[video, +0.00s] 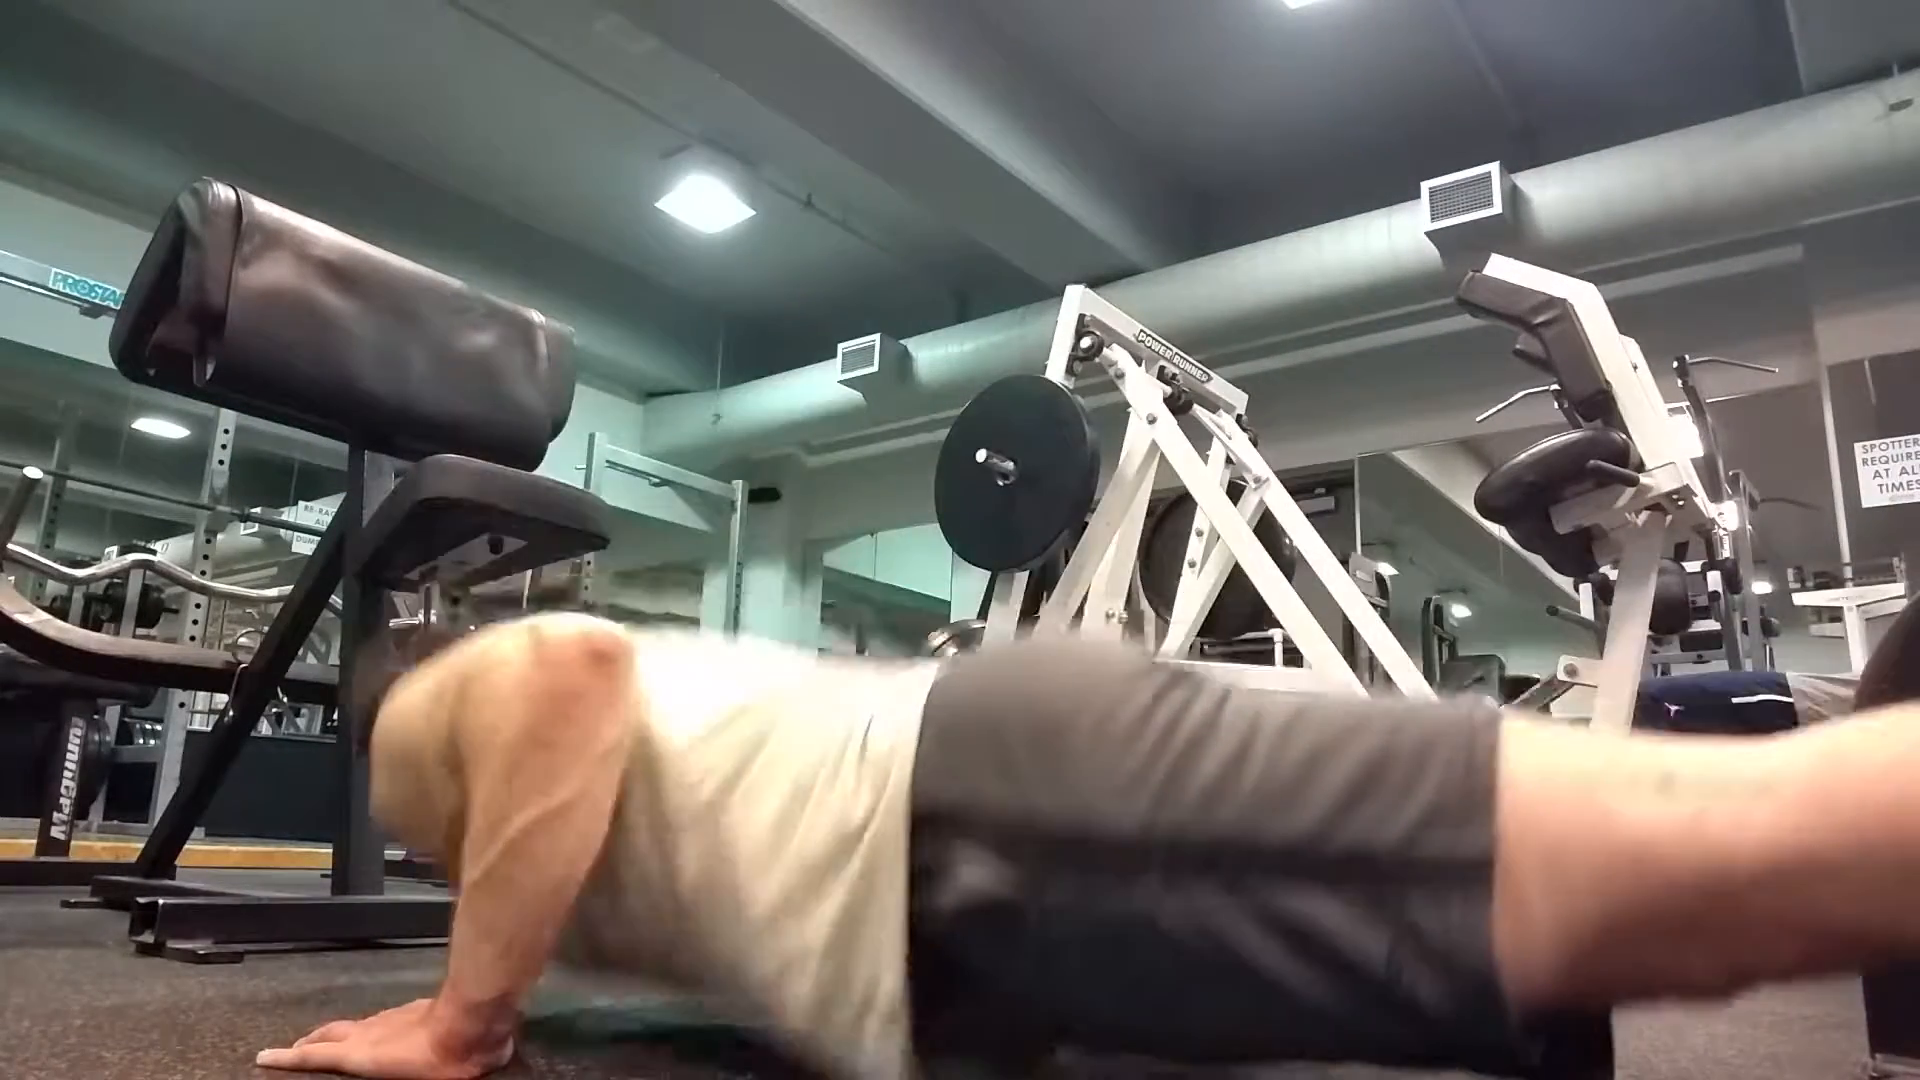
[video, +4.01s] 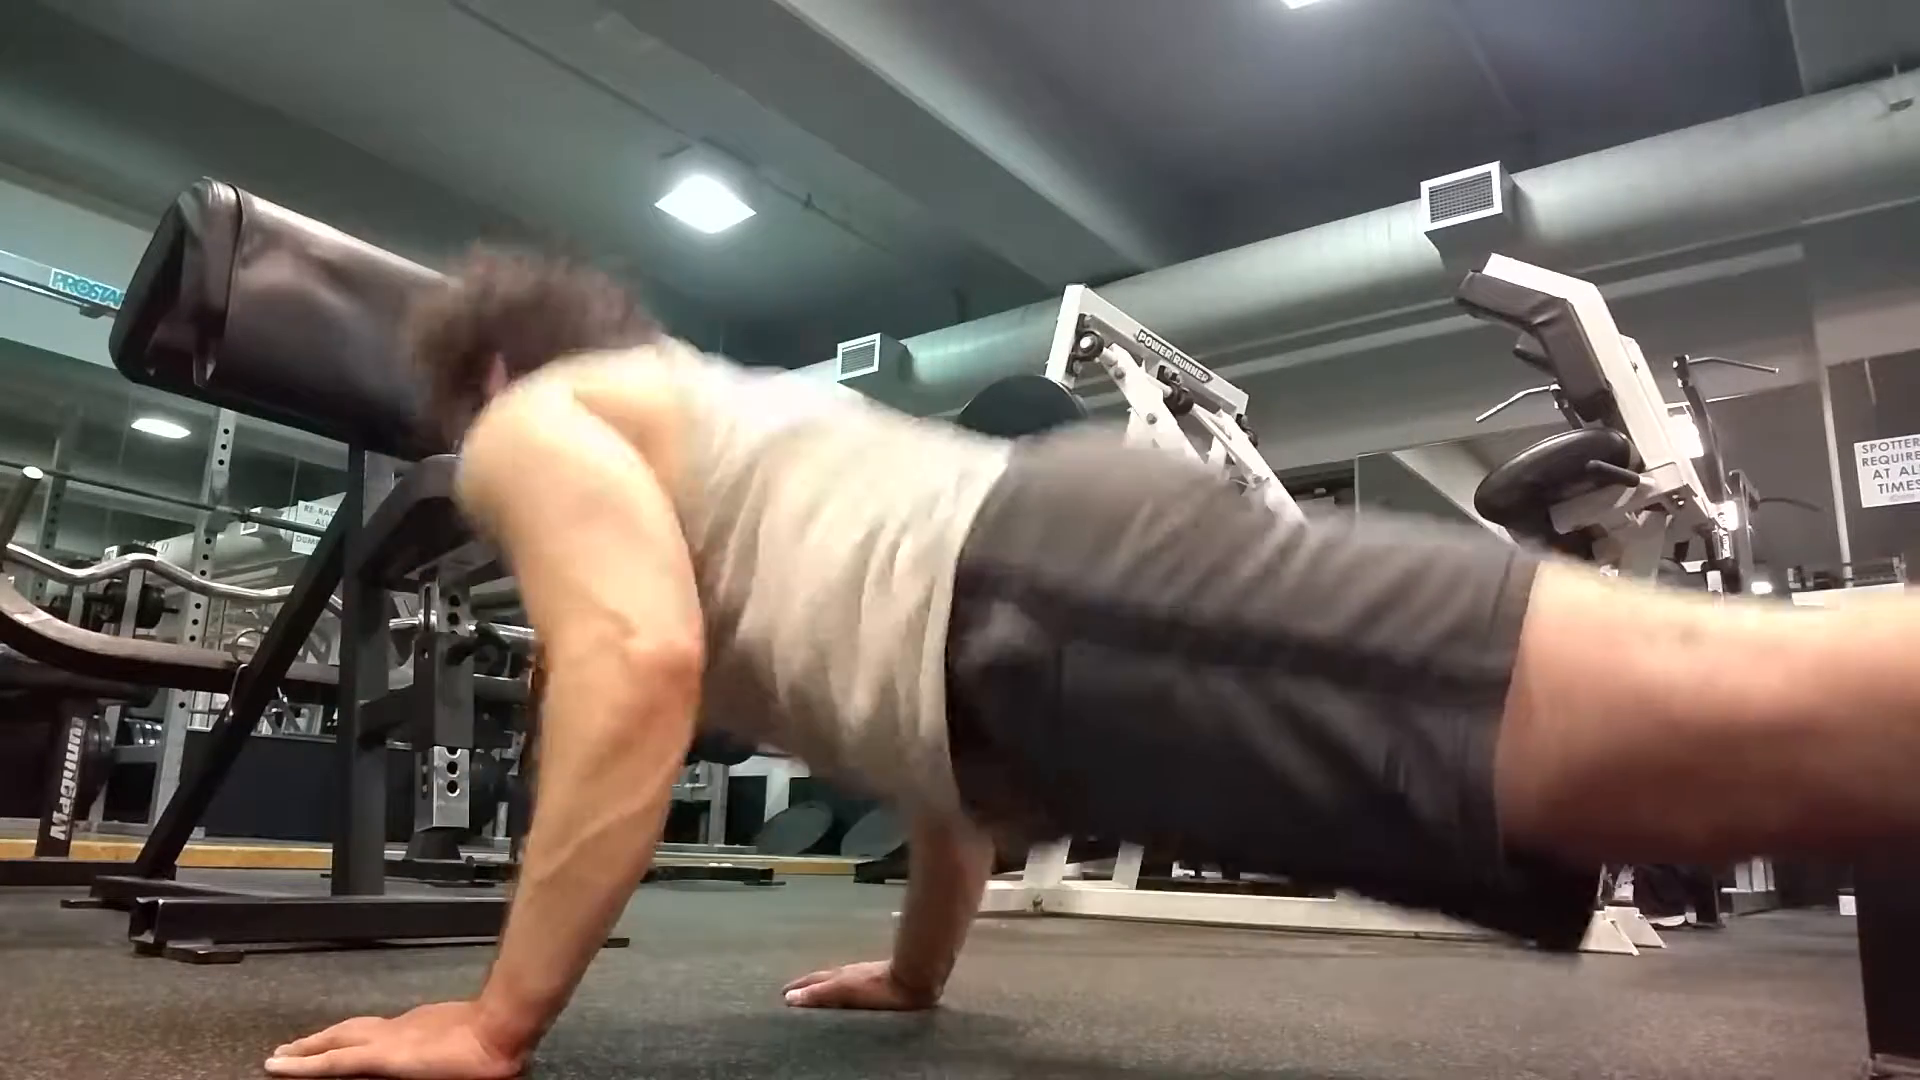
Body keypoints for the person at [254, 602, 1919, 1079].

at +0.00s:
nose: (413, 818)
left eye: (394, 796)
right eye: (415, 804)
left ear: (409, 700)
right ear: (448, 724)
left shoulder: (433, 705)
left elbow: (575, 691)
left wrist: (457, 1018)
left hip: (975, 832)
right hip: (964, 953)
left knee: (1707, 871)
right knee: (1704, 872)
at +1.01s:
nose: (417, 888)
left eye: (395, 870)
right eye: (416, 874)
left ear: (385, 817)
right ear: (429, 800)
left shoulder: (433, 751)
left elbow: (647, 700)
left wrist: (461, 1019)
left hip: (994, 839)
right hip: (997, 917)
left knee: (1763, 868)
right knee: (1750, 873)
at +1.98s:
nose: (410, 719)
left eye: (396, 677)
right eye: (399, 701)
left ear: (406, 594)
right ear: (510, 529)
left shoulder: (474, 589)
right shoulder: (649, 561)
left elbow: (631, 698)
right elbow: (873, 676)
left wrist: (465, 1022)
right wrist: (888, 936)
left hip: (1006, 725)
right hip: (1036, 701)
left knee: (1721, 814)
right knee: (1712, 812)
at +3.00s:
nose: (476, 428)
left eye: (470, 391)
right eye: (476, 409)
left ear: (508, 329)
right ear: (614, 304)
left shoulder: (549, 366)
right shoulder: (776, 399)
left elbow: (600, 650)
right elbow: (918, 685)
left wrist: (476, 1007)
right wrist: (925, 958)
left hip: (1061, 534)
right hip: (1089, 602)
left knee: (1744, 692)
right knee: (1736, 729)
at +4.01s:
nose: (455, 457)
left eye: (452, 424)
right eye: (458, 427)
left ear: (479, 371)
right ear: (607, 336)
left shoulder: (536, 417)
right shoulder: (760, 427)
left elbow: (634, 659)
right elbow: (939, 694)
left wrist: (494, 1014)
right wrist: (924, 958)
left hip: (1027, 578)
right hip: (1059, 616)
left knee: (1735, 728)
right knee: (1728, 736)